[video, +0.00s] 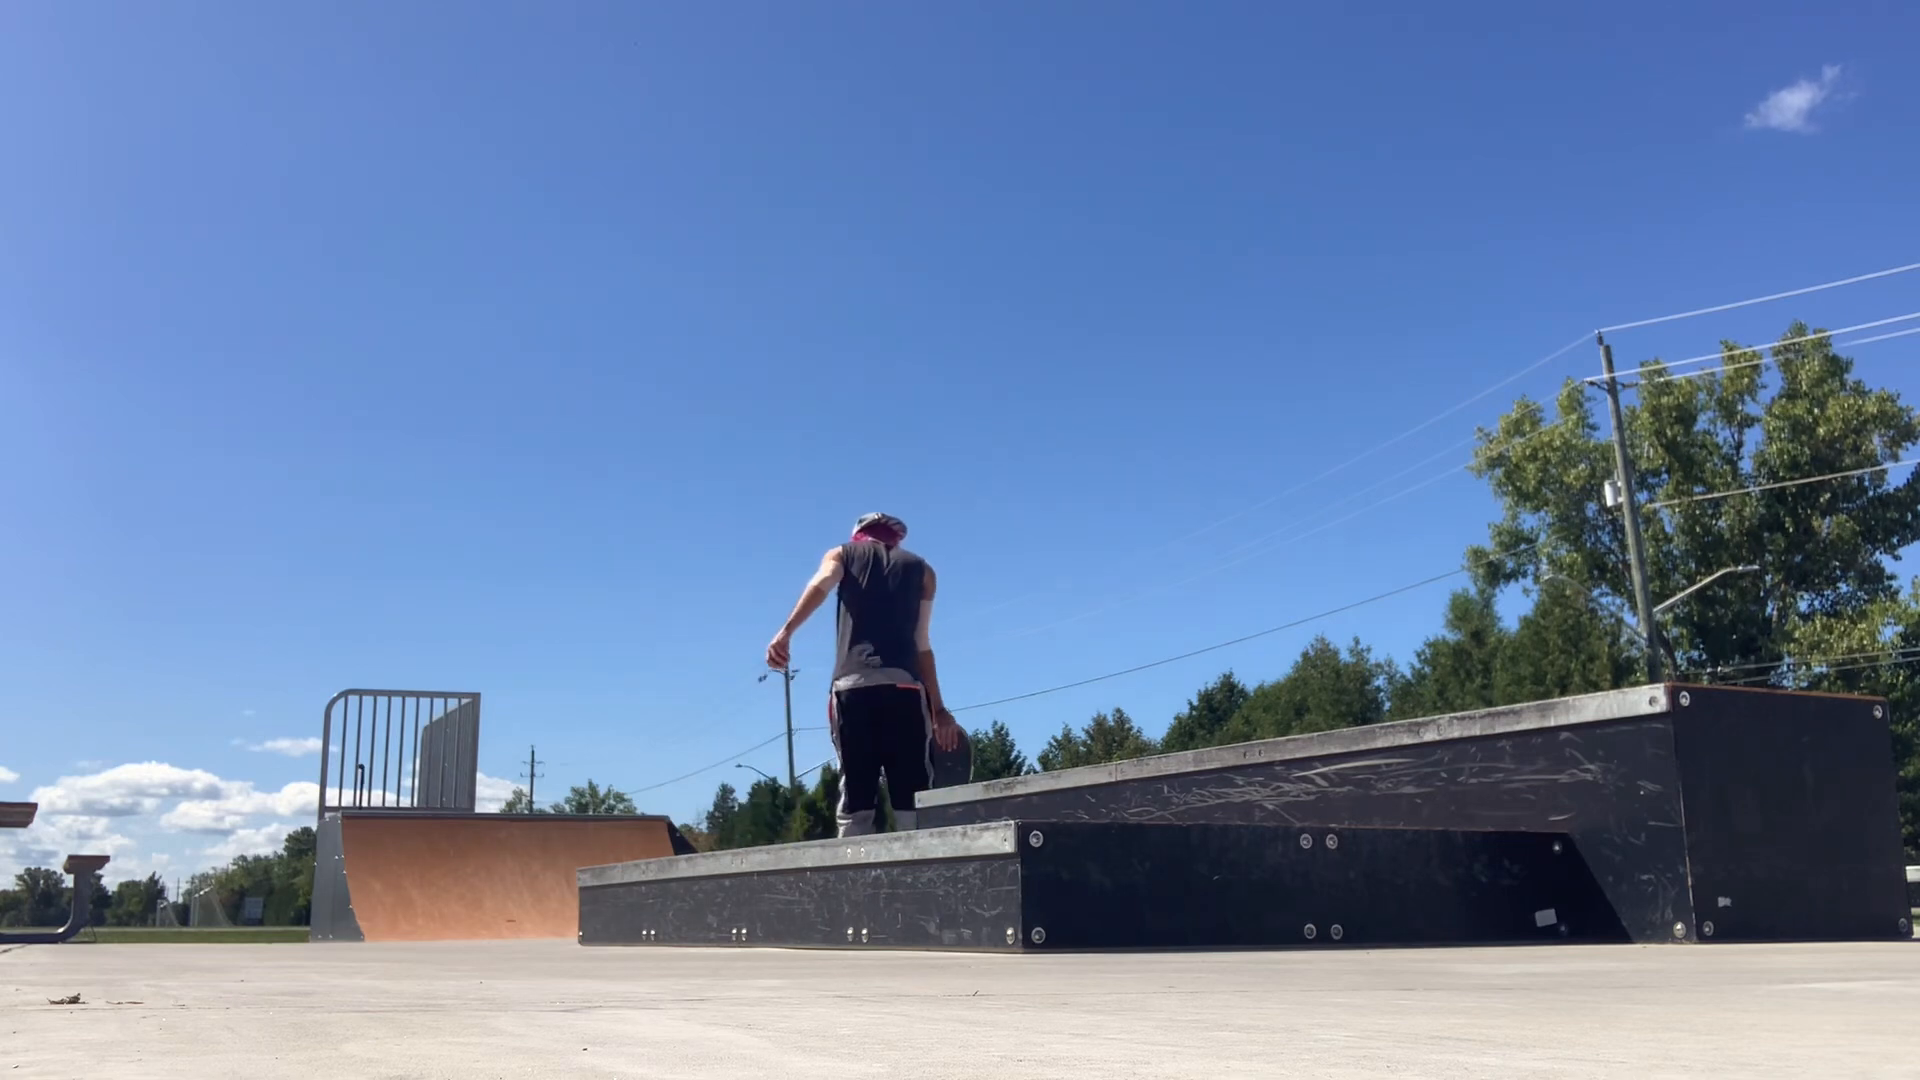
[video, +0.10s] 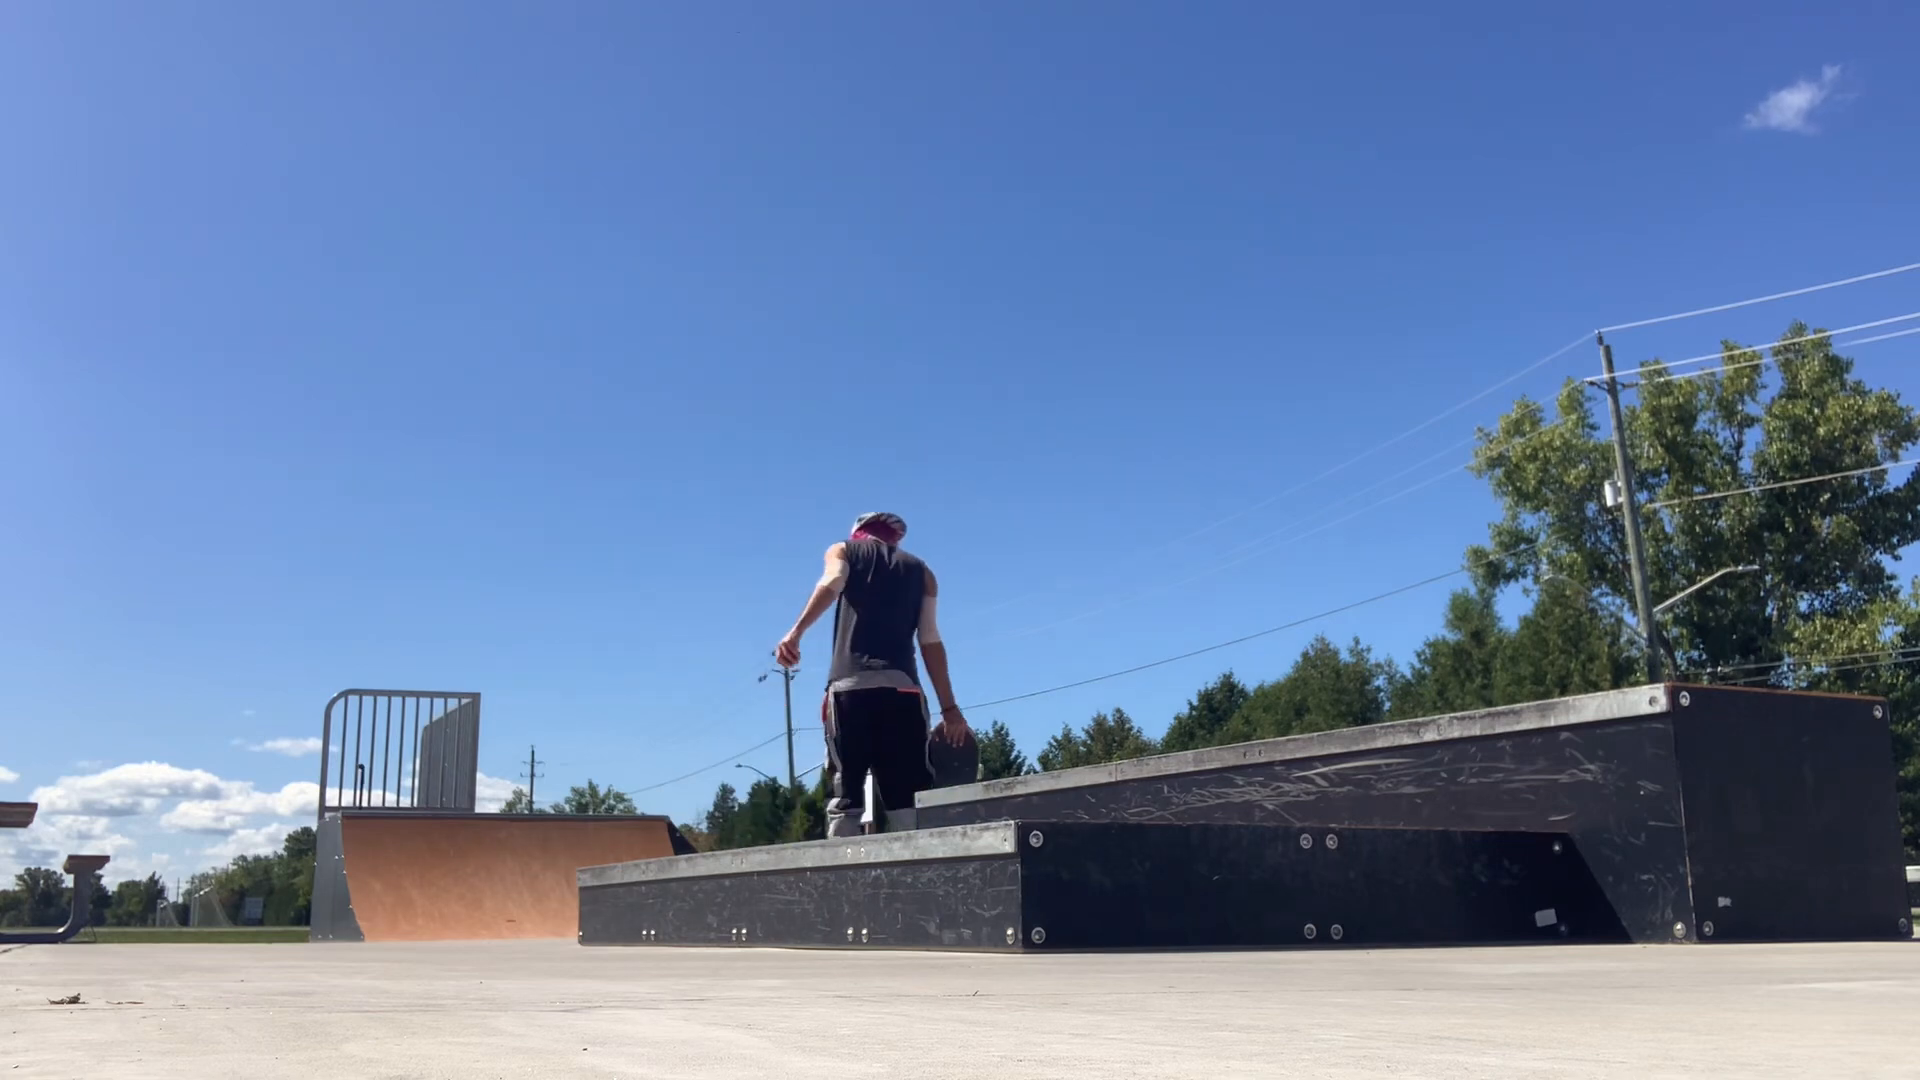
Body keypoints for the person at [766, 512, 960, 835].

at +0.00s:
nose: (851, 545)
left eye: (852, 541)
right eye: (902, 539)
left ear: (858, 536)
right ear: (897, 538)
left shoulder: (843, 553)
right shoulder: (922, 569)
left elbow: (821, 584)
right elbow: (921, 646)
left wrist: (785, 632)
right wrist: (939, 709)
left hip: (852, 696)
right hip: (905, 696)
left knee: (856, 799)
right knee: (909, 799)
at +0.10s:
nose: (852, 539)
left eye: (854, 536)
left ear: (858, 534)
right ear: (896, 537)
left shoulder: (843, 550)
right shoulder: (921, 570)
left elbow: (832, 584)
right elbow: (930, 641)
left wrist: (794, 633)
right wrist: (949, 708)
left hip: (849, 696)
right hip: (902, 698)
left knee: (845, 797)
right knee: (902, 800)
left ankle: (842, 879)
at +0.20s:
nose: (844, 543)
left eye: (845, 538)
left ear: (851, 535)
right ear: (887, 537)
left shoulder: (838, 550)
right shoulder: (915, 571)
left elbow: (835, 589)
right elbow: (933, 639)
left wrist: (804, 642)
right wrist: (950, 704)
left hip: (844, 706)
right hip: (897, 706)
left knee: (835, 814)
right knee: (906, 812)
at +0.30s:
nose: (828, 546)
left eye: (829, 542)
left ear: (836, 539)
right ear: (872, 539)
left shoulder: (827, 556)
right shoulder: (902, 575)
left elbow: (827, 599)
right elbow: (918, 642)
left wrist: (803, 653)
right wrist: (942, 705)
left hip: (837, 713)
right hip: (890, 713)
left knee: (819, 826)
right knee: (902, 821)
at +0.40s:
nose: (805, 550)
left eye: (805, 546)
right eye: (806, 547)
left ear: (812, 542)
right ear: (850, 540)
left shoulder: (808, 562)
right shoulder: (882, 578)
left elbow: (812, 608)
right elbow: (898, 646)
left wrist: (786, 665)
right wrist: (930, 707)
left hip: (822, 721)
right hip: (877, 720)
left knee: (800, 825)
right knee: (897, 819)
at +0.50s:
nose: (778, 548)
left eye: (778, 543)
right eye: (778, 543)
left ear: (787, 539)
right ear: (823, 539)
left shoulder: (783, 563)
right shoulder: (855, 577)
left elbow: (786, 616)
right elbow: (877, 650)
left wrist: (759, 674)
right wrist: (912, 709)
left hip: (796, 720)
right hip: (851, 718)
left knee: (782, 814)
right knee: (875, 810)